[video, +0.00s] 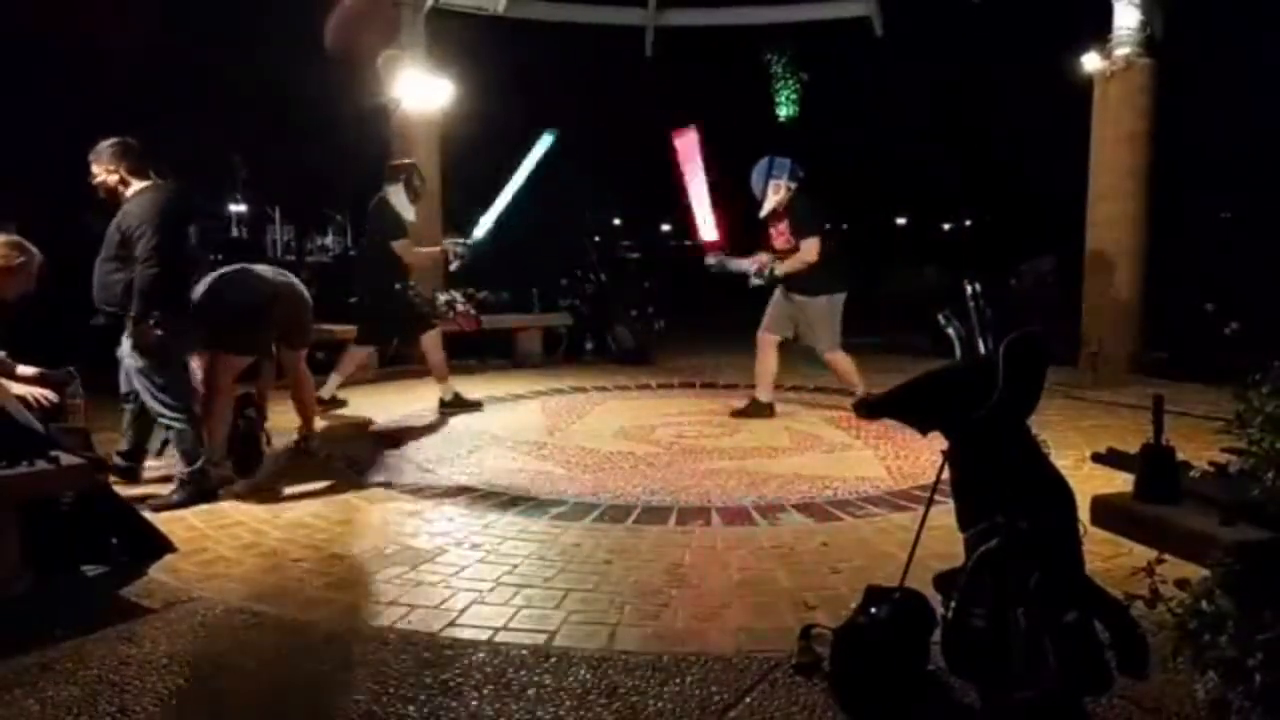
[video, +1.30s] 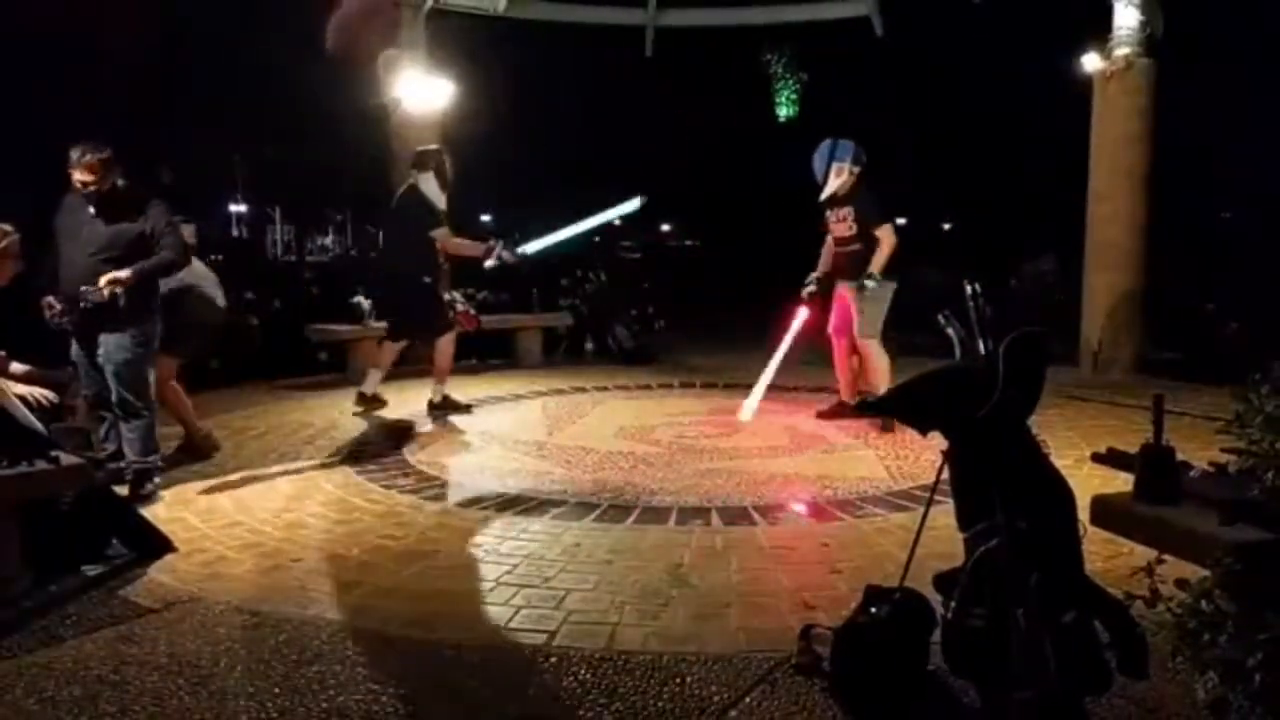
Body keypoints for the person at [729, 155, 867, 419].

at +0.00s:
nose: (767, 195)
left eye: (771, 188)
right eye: (765, 189)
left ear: (783, 186)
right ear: (765, 187)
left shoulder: (804, 209)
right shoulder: (773, 213)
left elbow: (810, 254)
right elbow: (776, 253)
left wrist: (777, 268)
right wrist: (746, 263)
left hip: (822, 292)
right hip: (789, 289)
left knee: (829, 352)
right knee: (767, 338)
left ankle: (862, 394)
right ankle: (763, 401)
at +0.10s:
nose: (759, 193)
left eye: (764, 186)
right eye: (757, 187)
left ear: (776, 185)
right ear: (759, 187)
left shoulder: (796, 208)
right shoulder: (762, 219)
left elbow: (805, 254)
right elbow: (745, 259)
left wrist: (772, 276)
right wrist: (710, 261)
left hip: (817, 288)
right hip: (785, 288)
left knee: (822, 349)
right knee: (764, 338)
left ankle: (857, 394)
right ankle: (762, 401)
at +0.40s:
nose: (771, 191)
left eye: (776, 184)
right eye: (767, 185)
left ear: (788, 182)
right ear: (760, 184)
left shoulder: (804, 208)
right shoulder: (763, 215)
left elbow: (821, 252)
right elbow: (747, 250)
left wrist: (797, 279)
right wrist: (718, 276)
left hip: (816, 285)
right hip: (783, 285)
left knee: (816, 345)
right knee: (763, 340)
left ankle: (845, 412)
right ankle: (761, 401)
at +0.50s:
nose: (784, 189)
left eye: (790, 182)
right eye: (781, 183)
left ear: (802, 180)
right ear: (776, 182)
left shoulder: (821, 208)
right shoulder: (778, 215)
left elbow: (835, 254)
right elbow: (770, 258)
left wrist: (805, 282)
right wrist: (751, 292)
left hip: (825, 286)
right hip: (790, 287)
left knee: (817, 348)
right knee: (773, 340)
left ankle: (847, 414)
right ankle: (763, 400)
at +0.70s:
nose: (805, 181)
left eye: (810, 173)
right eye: (801, 174)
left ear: (823, 171)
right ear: (795, 173)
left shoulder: (839, 200)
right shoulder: (800, 205)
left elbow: (853, 246)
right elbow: (800, 247)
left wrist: (824, 280)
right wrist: (793, 286)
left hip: (843, 280)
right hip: (810, 281)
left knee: (832, 345)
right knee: (795, 337)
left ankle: (845, 412)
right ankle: (798, 402)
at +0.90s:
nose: (813, 175)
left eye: (819, 168)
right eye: (811, 168)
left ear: (832, 168)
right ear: (808, 169)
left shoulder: (848, 198)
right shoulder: (812, 202)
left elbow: (869, 241)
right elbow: (811, 244)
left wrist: (854, 279)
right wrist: (801, 282)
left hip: (849, 285)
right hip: (820, 286)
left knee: (842, 345)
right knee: (807, 335)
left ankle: (849, 411)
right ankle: (826, 395)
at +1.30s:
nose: (836, 177)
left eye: (842, 171)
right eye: (833, 170)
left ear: (854, 172)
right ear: (826, 170)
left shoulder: (865, 199)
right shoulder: (830, 203)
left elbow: (888, 238)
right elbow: (831, 242)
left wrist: (872, 274)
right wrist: (818, 275)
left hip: (866, 280)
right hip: (842, 281)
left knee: (867, 338)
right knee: (840, 335)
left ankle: (884, 400)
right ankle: (847, 397)